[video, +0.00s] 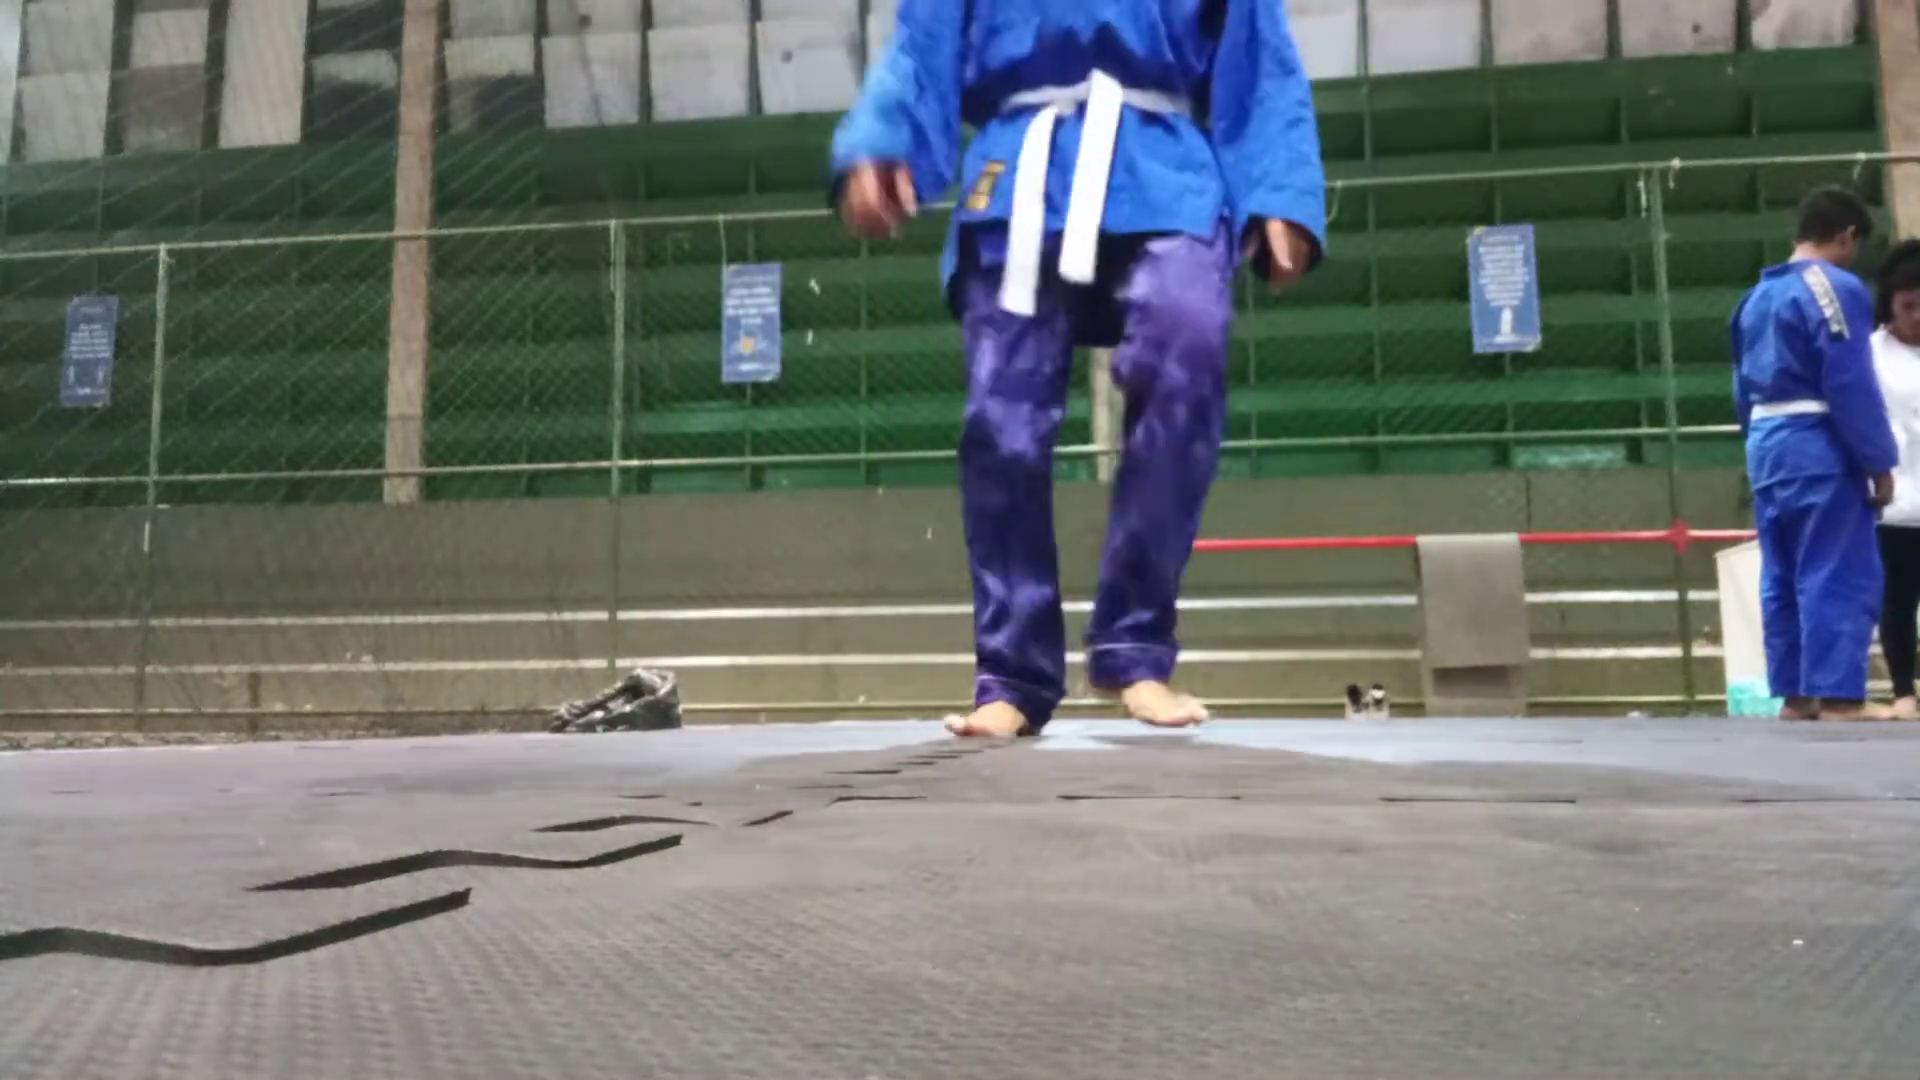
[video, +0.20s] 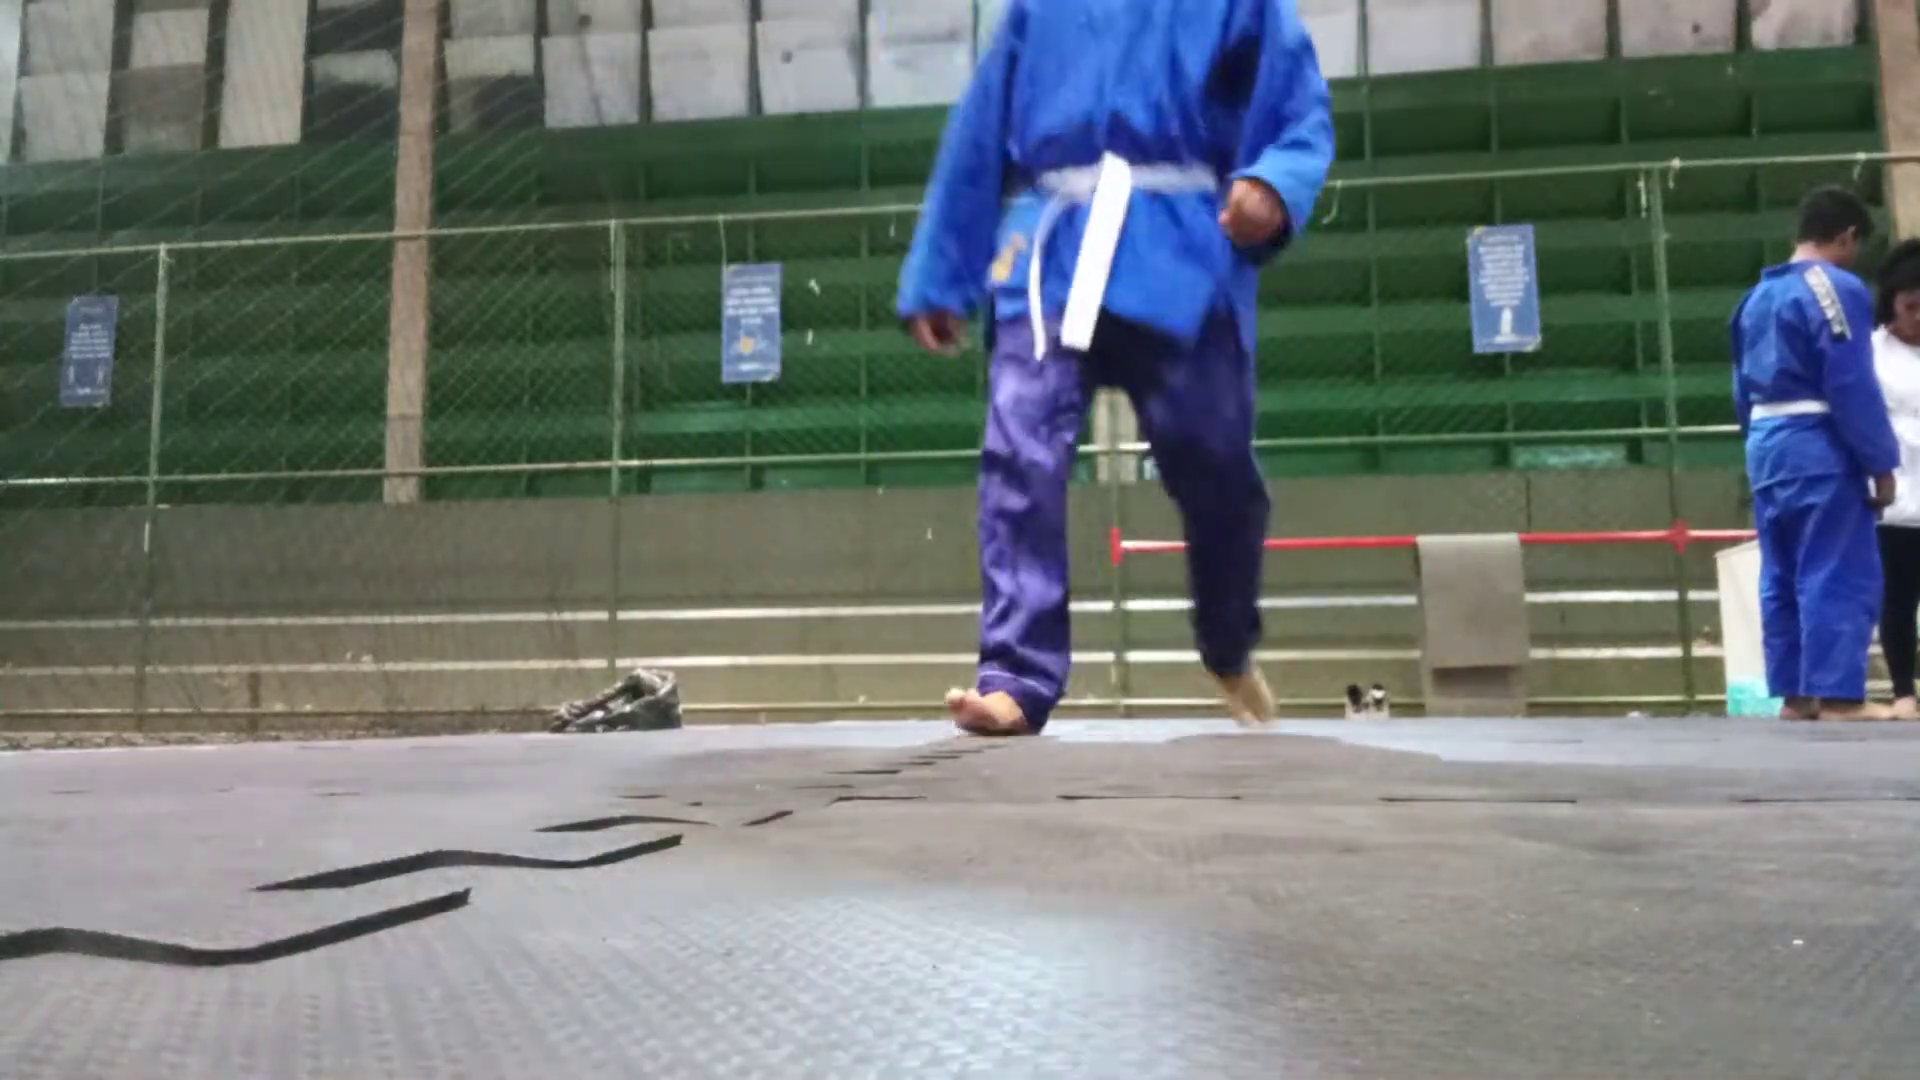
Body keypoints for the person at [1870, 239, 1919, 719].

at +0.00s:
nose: (1914, 315)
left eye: (1918, 305)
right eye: (1907, 305)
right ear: (1889, 305)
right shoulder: (1869, 351)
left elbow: (1860, 418)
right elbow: (1856, 416)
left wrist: (1871, 470)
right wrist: (1870, 473)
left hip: (1910, 498)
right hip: (1894, 498)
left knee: (1906, 605)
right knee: (1898, 605)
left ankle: (1907, 689)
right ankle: (1903, 690)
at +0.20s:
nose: (1915, 315)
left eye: (1918, 306)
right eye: (1909, 306)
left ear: (1919, 307)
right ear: (1891, 305)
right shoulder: (1872, 349)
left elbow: (1863, 412)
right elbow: (1858, 412)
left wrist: (1874, 463)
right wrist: (1874, 466)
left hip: (1911, 495)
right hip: (1895, 495)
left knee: (1906, 603)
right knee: (1898, 603)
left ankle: (1907, 688)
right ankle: (1903, 689)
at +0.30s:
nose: (1916, 316)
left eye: (1919, 307)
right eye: (1911, 306)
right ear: (1893, 303)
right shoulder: (1872, 348)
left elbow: (1865, 408)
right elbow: (1860, 408)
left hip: (1913, 496)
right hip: (1895, 496)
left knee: (1907, 603)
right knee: (1898, 603)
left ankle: (1908, 689)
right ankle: (1904, 690)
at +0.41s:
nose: (1916, 315)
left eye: (1919, 306)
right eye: (1910, 306)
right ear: (1893, 305)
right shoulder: (1873, 349)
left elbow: (1861, 414)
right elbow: (1857, 413)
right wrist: (1873, 471)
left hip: (1913, 499)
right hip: (1895, 499)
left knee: (1907, 605)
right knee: (1898, 605)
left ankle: (1908, 689)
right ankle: (1904, 690)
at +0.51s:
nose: (1917, 315)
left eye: (1919, 305)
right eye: (1911, 305)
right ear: (1893, 305)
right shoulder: (1871, 350)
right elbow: (1854, 408)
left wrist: (1898, 401)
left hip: (1913, 499)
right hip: (1894, 500)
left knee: (1907, 604)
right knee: (1898, 604)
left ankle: (1908, 689)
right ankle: (1904, 690)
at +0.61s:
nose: (1917, 315)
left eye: (1919, 305)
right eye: (1911, 305)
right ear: (1894, 305)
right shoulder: (1871, 348)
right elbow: (1848, 403)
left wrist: (1897, 402)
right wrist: (1890, 403)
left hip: (1914, 499)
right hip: (1894, 499)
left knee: (1908, 604)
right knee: (1898, 604)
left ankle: (1909, 690)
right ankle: (1904, 691)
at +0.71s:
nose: (1916, 316)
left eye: (1919, 306)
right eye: (1909, 307)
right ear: (1892, 307)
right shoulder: (1871, 348)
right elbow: (1849, 402)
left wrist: (1897, 403)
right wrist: (1891, 404)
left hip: (1914, 498)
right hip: (1893, 498)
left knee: (1907, 604)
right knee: (1898, 604)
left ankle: (1908, 689)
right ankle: (1904, 690)